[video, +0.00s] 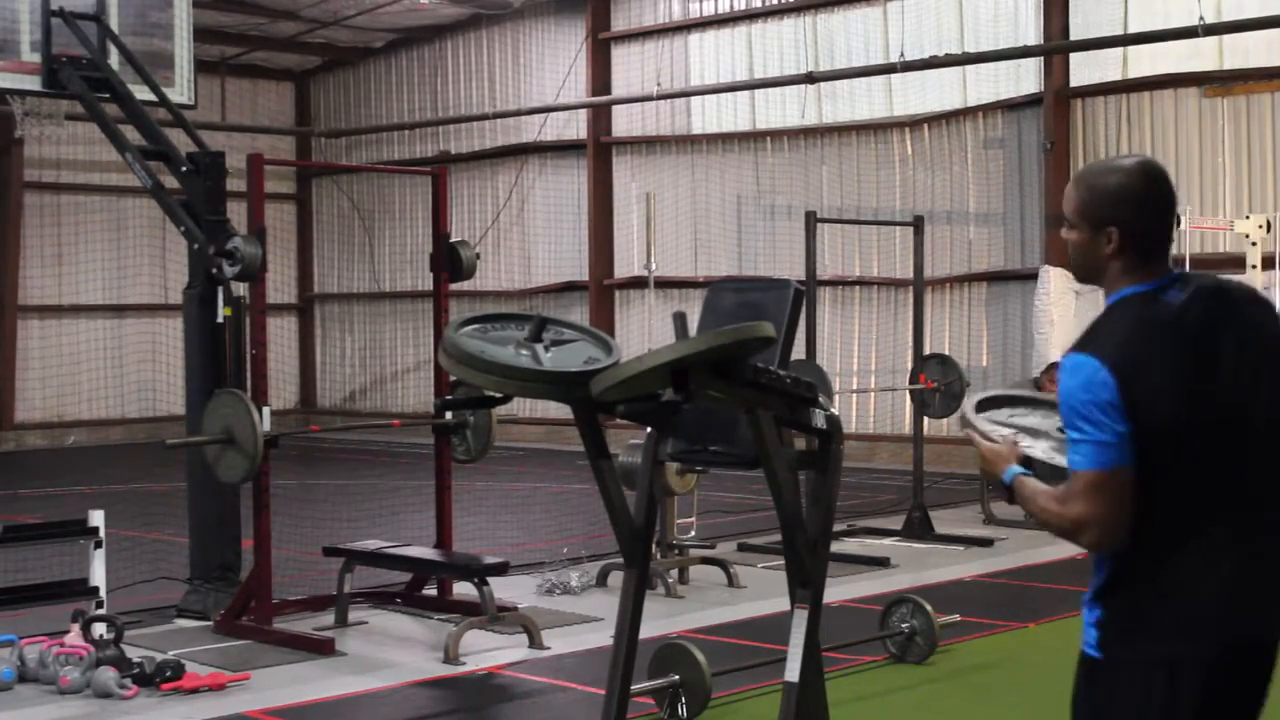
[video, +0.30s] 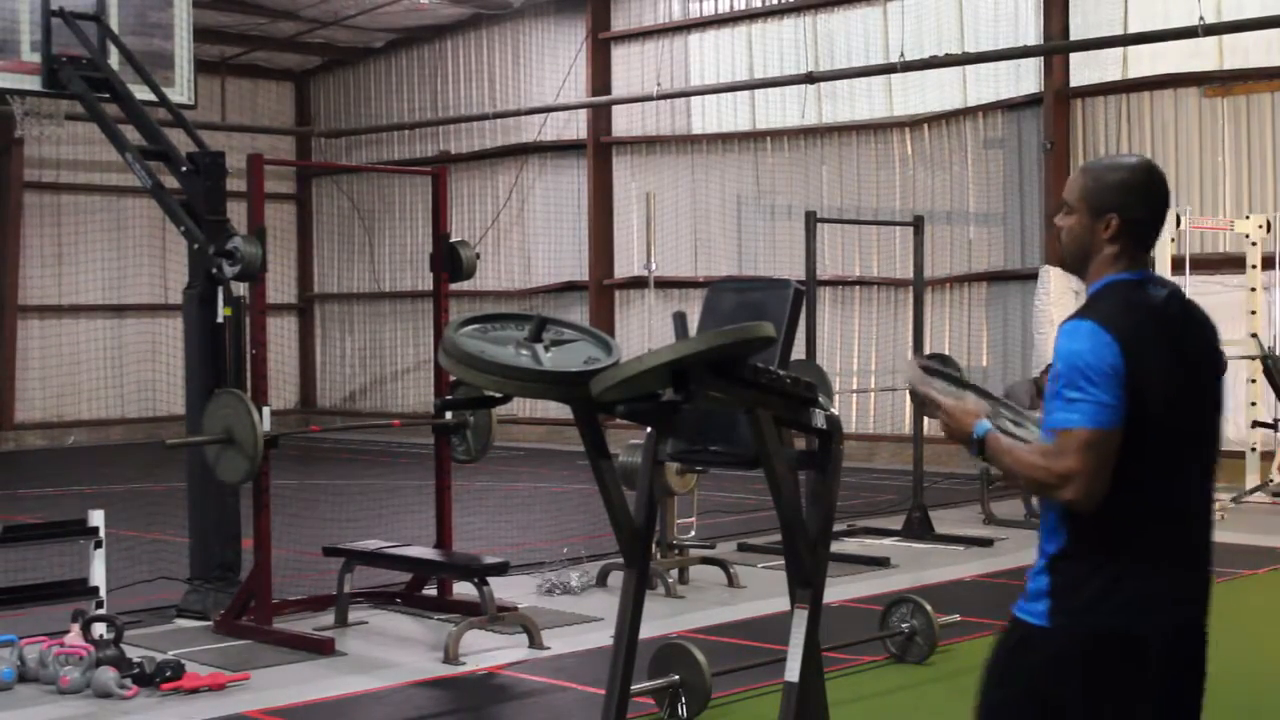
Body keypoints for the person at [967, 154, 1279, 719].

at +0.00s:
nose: (1059, 237)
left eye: (1068, 225)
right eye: (1062, 223)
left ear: (1111, 240)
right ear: (1166, 229)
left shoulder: (1096, 362)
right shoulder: (1251, 311)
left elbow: (1098, 523)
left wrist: (1010, 475)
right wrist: (1095, 387)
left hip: (1142, 637)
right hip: (1248, 620)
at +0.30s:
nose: (1055, 220)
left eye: (1066, 210)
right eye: (1060, 208)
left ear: (1109, 227)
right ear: (1124, 229)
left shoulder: (1091, 333)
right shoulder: (1192, 324)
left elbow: (1075, 478)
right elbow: (1176, 465)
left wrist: (978, 432)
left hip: (1075, 622)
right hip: (1169, 616)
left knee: (1009, 708)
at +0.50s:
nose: (1026, 212)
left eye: (1040, 202)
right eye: (1032, 199)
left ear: (1082, 221)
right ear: (1086, 223)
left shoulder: (1064, 315)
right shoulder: (1126, 308)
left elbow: (1025, 448)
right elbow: (1099, 446)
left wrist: (945, 387)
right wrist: (997, 400)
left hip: (1037, 599)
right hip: (1117, 588)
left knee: (958, 709)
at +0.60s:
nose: (1003, 216)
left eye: (1017, 206)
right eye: (1010, 203)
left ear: (1058, 224)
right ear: (1062, 227)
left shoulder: (1039, 314)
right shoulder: (1094, 307)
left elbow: (986, 438)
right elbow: (1049, 429)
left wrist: (916, 364)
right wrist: (965, 379)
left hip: (1013, 603)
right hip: (1085, 591)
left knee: (962, 709)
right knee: (1089, 709)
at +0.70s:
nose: (981, 222)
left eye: (995, 212)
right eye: (987, 210)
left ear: (1034, 232)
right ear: (1039, 236)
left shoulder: (1013, 316)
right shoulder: (1064, 311)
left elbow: (926, 422)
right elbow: (1012, 423)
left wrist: (885, 337)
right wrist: (935, 360)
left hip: (972, 604)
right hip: (1041, 594)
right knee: (1037, 709)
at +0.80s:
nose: (957, 224)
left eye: (972, 214)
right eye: (964, 212)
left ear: (1009, 235)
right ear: (1015, 239)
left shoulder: (982, 318)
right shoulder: (1041, 315)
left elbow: (873, 400)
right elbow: (960, 394)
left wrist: (851, 307)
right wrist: (890, 327)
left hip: (932, 604)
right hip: (1004, 597)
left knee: (901, 708)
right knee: (991, 710)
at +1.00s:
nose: (922, 215)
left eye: (935, 205)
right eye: (930, 202)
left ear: (971, 227)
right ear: (977, 231)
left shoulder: (947, 309)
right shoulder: (992, 304)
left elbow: (820, 366)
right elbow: (903, 359)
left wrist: (799, 272)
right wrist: (845, 296)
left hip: (900, 575)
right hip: (946, 566)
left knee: (869, 706)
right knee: (910, 707)